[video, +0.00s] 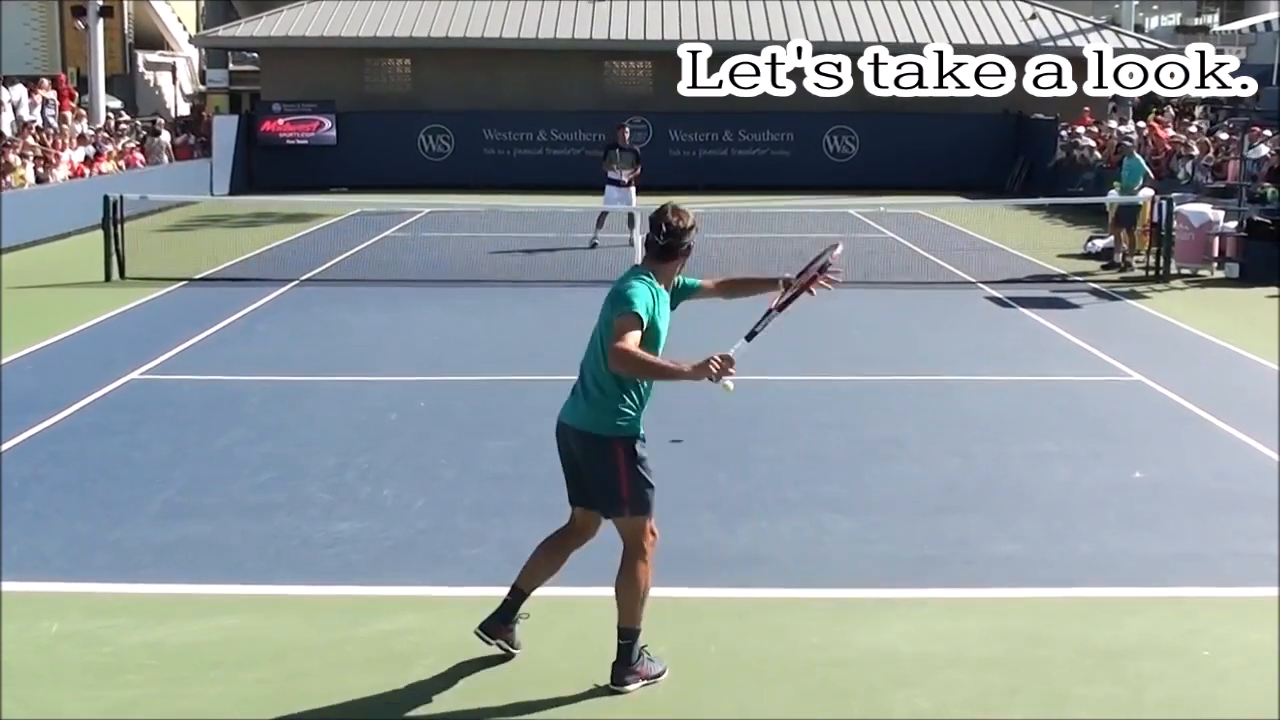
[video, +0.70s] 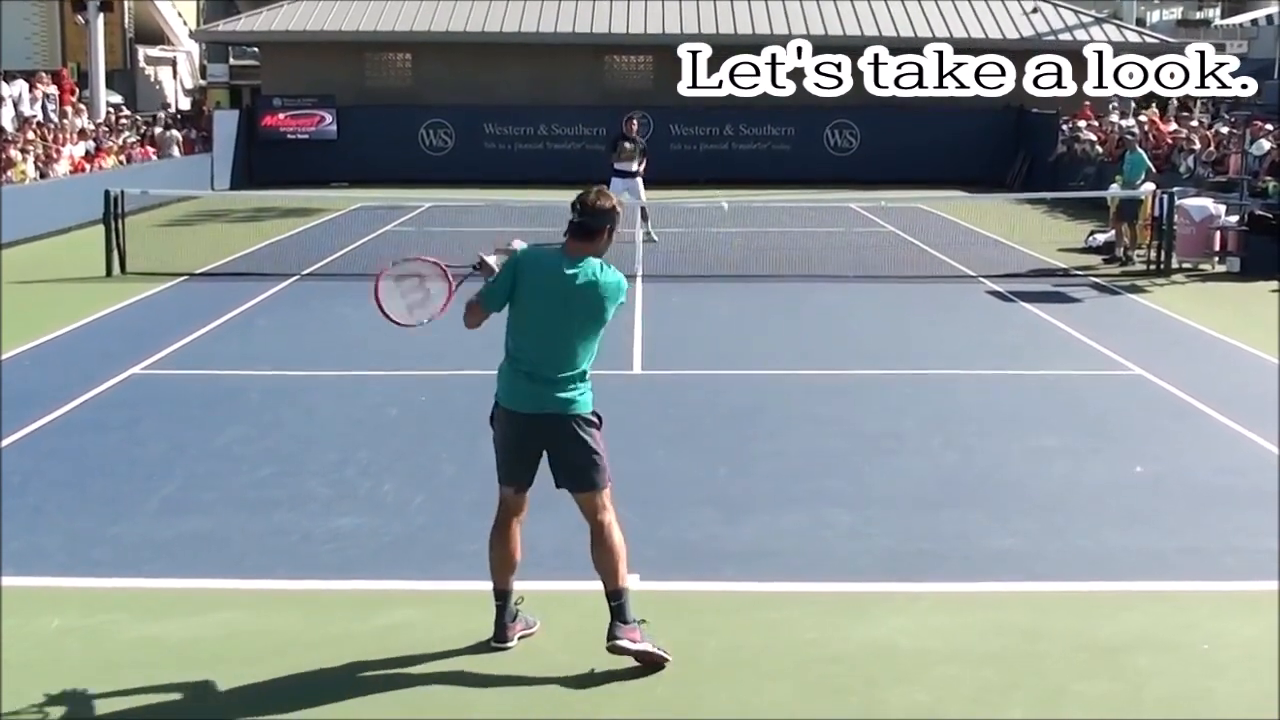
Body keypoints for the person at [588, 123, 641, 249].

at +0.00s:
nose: (625, 135)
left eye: (627, 132)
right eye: (623, 132)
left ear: (629, 134)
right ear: (618, 134)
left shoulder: (634, 150)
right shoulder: (610, 149)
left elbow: (638, 168)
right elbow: (604, 165)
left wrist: (629, 177)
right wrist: (612, 168)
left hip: (628, 184)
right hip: (612, 184)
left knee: (631, 211)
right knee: (605, 210)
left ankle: (632, 236)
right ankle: (595, 236)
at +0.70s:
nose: (632, 127)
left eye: (634, 125)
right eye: (629, 125)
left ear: (637, 127)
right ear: (625, 126)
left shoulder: (640, 142)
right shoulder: (617, 140)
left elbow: (644, 157)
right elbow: (612, 158)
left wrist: (641, 167)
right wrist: (623, 157)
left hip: (634, 176)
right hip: (618, 176)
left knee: (642, 203)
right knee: (610, 202)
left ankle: (648, 230)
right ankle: (607, 229)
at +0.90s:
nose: (642, 132)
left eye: (644, 130)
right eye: (639, 130)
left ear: (646, 132)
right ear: (634, 131)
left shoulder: (645, 148)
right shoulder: (628, 144)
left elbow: (652, 167)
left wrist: (669, 167)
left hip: (636, 179)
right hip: (622, 178)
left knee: (647, 200)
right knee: (620, 201)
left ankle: (651, 227)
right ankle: (603, 226)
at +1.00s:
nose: (647, 134)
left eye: (649, 131)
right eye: (645, 130)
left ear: (650, 132)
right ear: (638, 130)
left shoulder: (647, 149)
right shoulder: (628, 141)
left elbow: (651, 169)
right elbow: (614, 153)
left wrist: (665, 175)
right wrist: (622, 163)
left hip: (636, 176)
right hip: (622, 175)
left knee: (647, 198)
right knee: (622, 199)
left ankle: (653, 226)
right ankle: (609, 226)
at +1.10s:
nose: (648, 135)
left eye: (650, 132)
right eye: (647, 131)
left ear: (652, 134)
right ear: (640, 131)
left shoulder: (646, 151)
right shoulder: (627, 141)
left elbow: (644, 168)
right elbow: (612, 150)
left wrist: (651, 180)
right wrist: (614, 164)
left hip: (634, 176)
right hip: (620, 175)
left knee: (645, 198)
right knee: (620, 199)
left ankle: (653, 226)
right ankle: (609, 226)